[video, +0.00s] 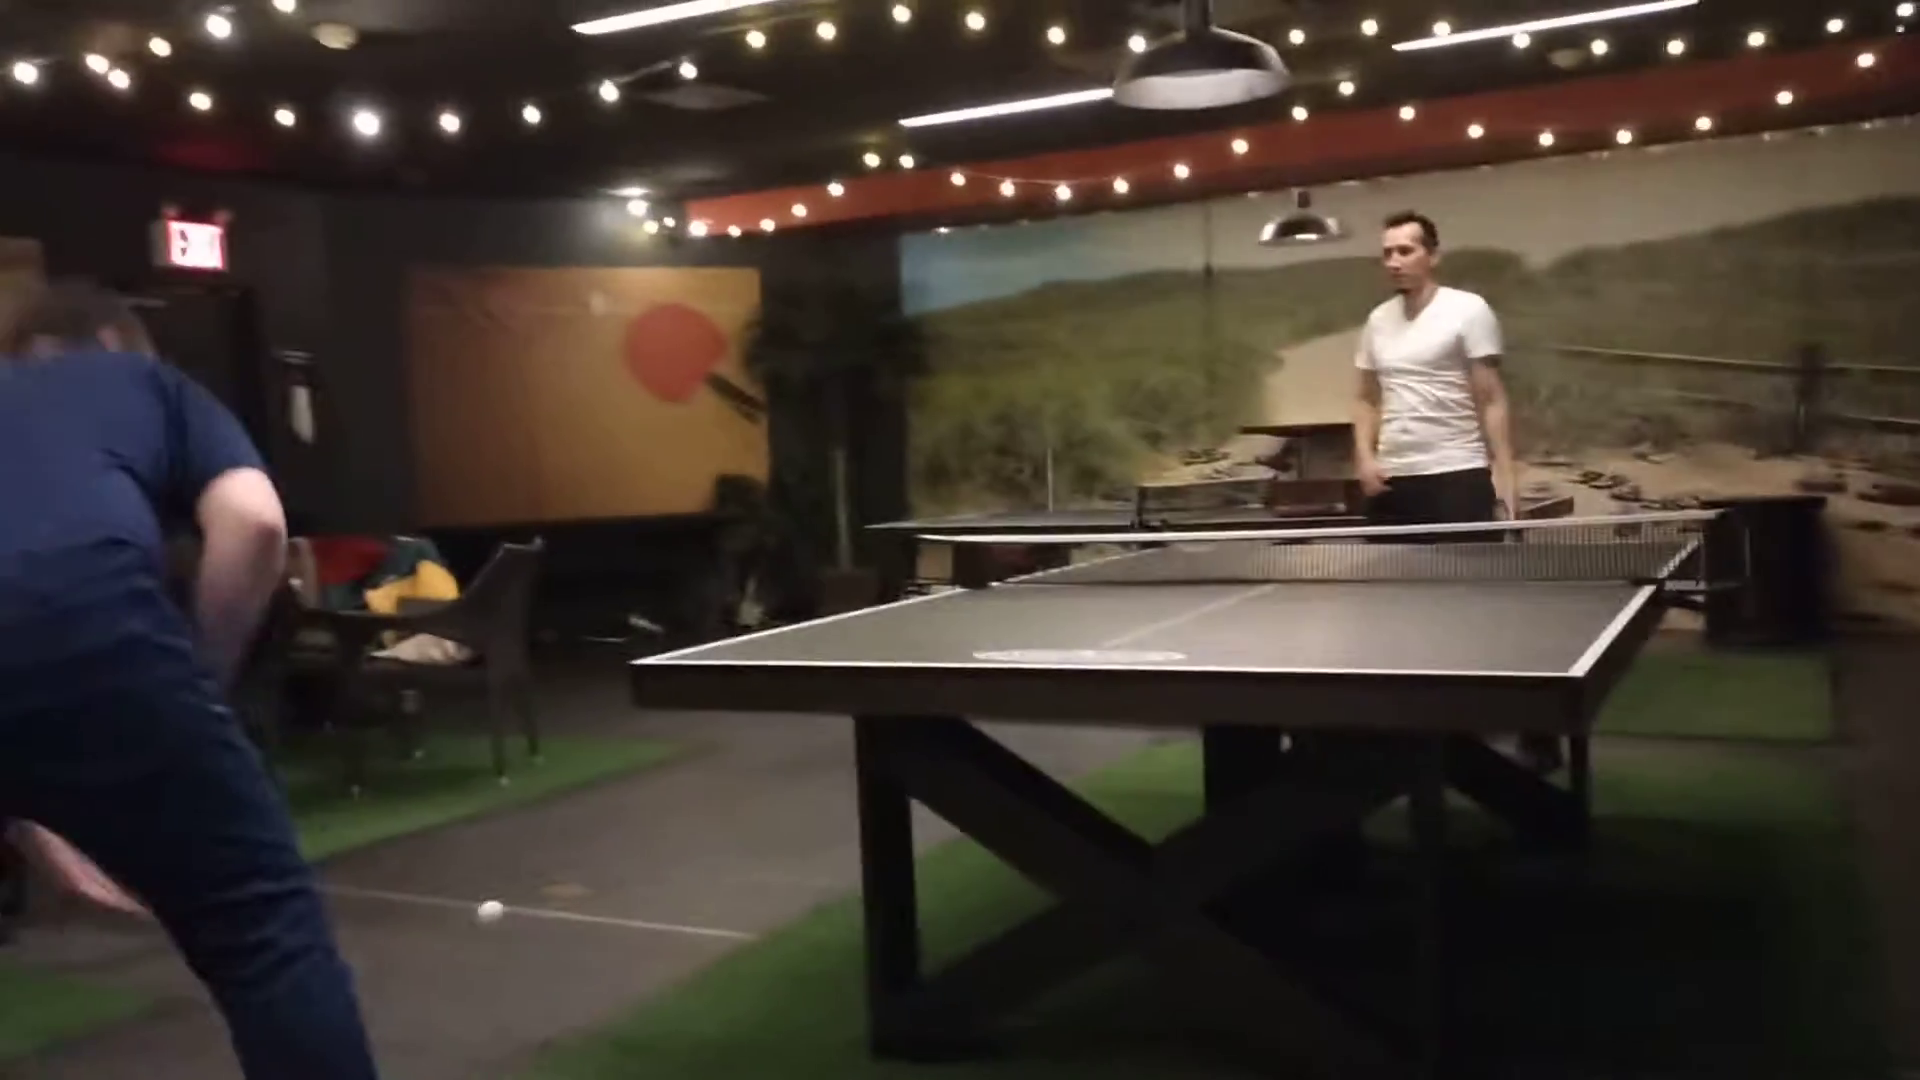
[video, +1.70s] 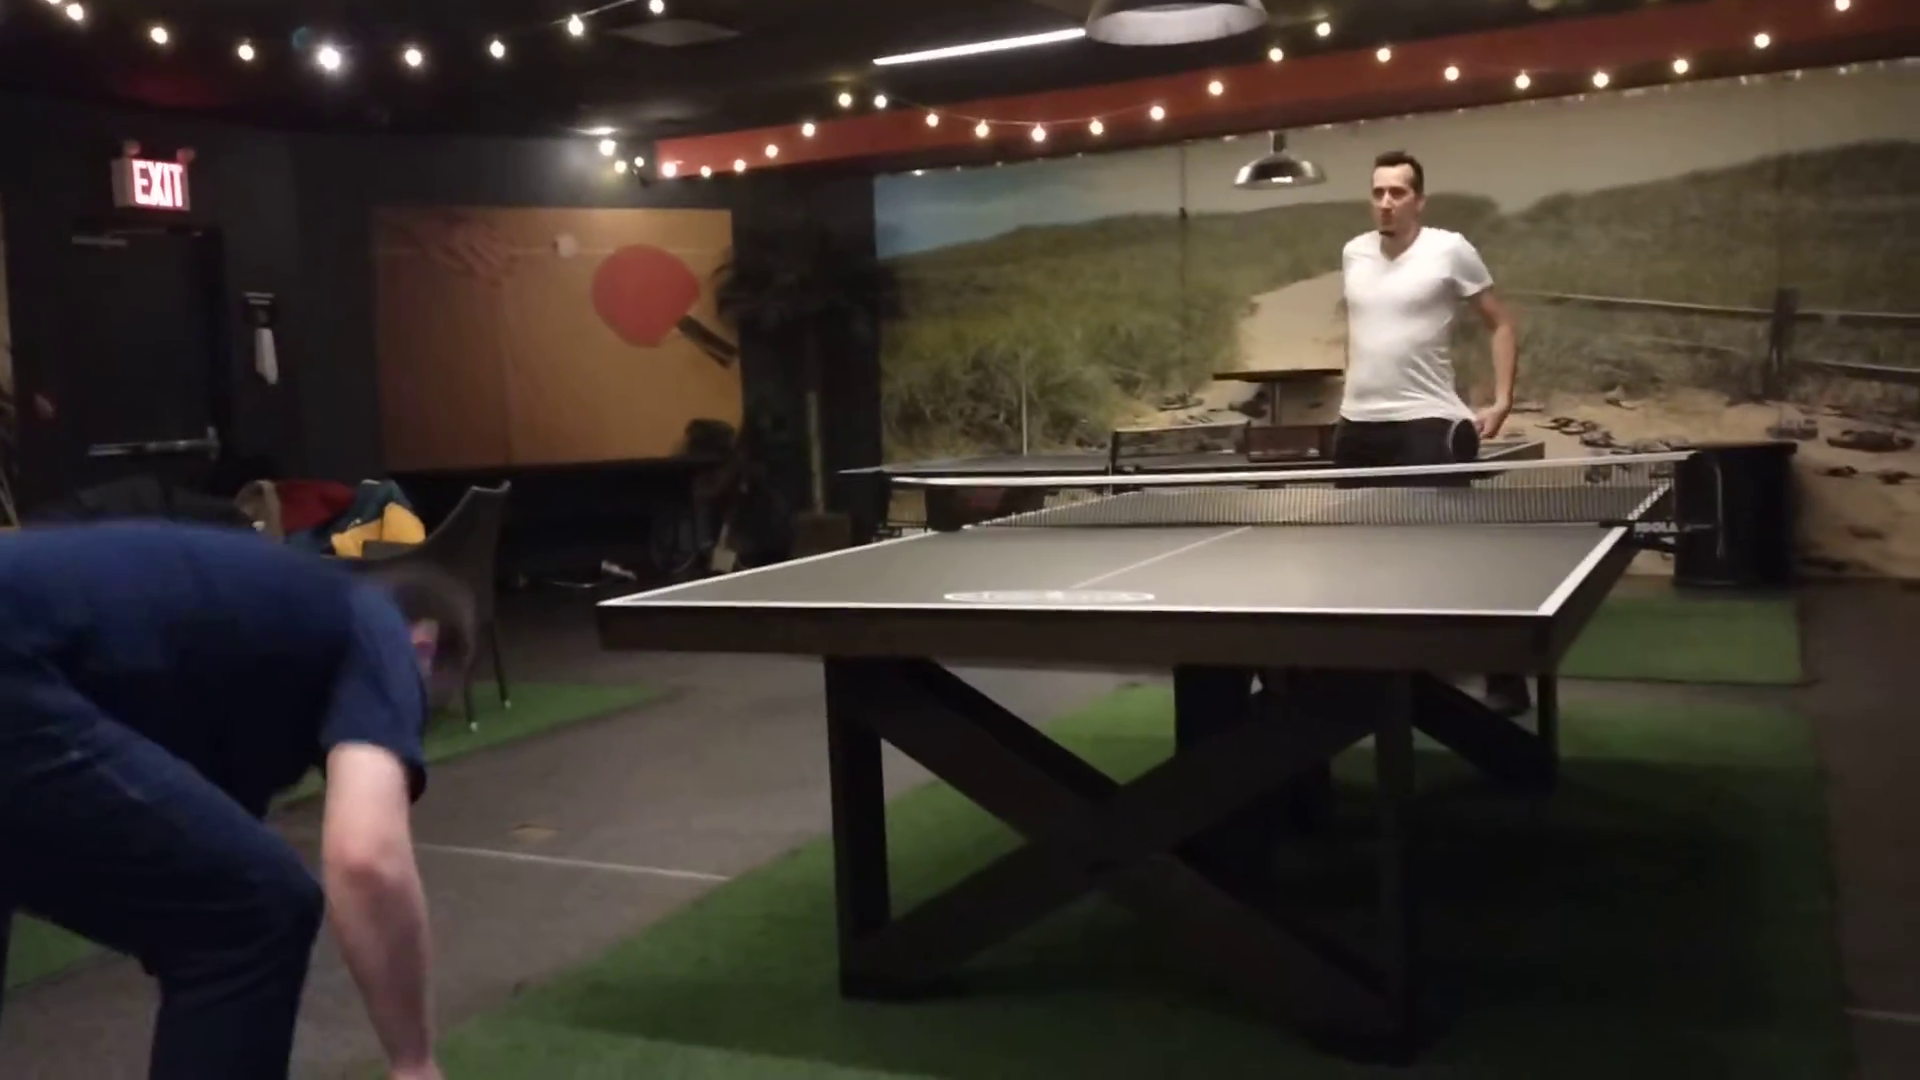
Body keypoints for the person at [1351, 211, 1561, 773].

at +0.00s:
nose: (1394, 261)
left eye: (1405, 251)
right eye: (1388, 253)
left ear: (1432, 255)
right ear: (1383, 261)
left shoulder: (1468, 310)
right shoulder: (1378, 322)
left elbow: (1491, 399)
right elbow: (1366, 398)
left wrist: (1505, 480)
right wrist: (1363, 458)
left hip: (1460, 481)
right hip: (1395, 486)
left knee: (1470, 598)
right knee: (1399, 601)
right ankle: (1406, 728)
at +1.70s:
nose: (1385, 201)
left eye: (1397, 192)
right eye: (1378, 192)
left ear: (1420, 199)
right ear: (1370, 199)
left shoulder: (1450, 250)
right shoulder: (1355, 253)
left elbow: (1501, 323)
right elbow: (1360, 331)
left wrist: (1501, 403)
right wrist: (1352, 398)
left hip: (1430, 427)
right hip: (1360, 429)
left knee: (1446, 552)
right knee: (1357, 554)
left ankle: (1500, 678)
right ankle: (1364, 682)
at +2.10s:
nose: (1377, 168)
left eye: (1388, 159)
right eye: (1369, 159)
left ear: (1410, 168)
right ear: (1360, 168)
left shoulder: (1436, 225)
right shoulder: (1341, 230)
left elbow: (1468, 310)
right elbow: (1303, 299)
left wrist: (1420, 378)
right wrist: (1284, 340)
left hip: (1414, 401)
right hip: (1344, 402)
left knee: (1443, 519)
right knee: (1341, 521)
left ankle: (1484, 648)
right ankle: (1343, 652)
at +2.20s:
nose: (1372, 165)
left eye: (1383, 155)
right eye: (1364, 156)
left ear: (1405, 163)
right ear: (1354, 164)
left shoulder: (1433, 219)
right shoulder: (1337, 224)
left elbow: (1466, 303)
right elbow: (1290, 309)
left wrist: (1408, 351)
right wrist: (1302, 276)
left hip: (1411, 394)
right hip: (1343, 394)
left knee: (1437, 512)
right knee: (1340, 514)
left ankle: (1479, 644)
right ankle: (1343, 647)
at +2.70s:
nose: (1355, 165)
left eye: (1366, 155)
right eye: (1348, 155)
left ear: (1389, 155)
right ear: (1339, 157)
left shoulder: (1421, 208)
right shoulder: (1324, 205)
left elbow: (1449, 295)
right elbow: (1281, 269)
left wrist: (1381, 316)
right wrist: (1317, 191)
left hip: (1395, 378)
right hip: (1326, 378)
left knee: (1420, 497)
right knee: (1325, 500)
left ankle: (1458, 625)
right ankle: (1329, 631)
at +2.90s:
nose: (1346, 176)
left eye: (1355, 166)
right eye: (1340, 166)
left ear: (1373, 164)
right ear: (1329, 164)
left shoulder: (1410, 213)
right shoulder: (1318, 208)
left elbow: (1433, 304)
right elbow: (1274, 278)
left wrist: (1367, 337)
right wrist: (1305, 200)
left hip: (1379, 390)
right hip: (1312, 390)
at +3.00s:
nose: (1335, 246)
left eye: (1345, 235)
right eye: (1327, 235)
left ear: (1364, 233)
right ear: (1317, 235)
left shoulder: (1397, 287)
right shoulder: (1304, 278)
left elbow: (1421, 373)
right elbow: (1260, 350)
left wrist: (1358, 406)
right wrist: (1289, 272)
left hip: (1368, 454)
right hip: (1303, 453)